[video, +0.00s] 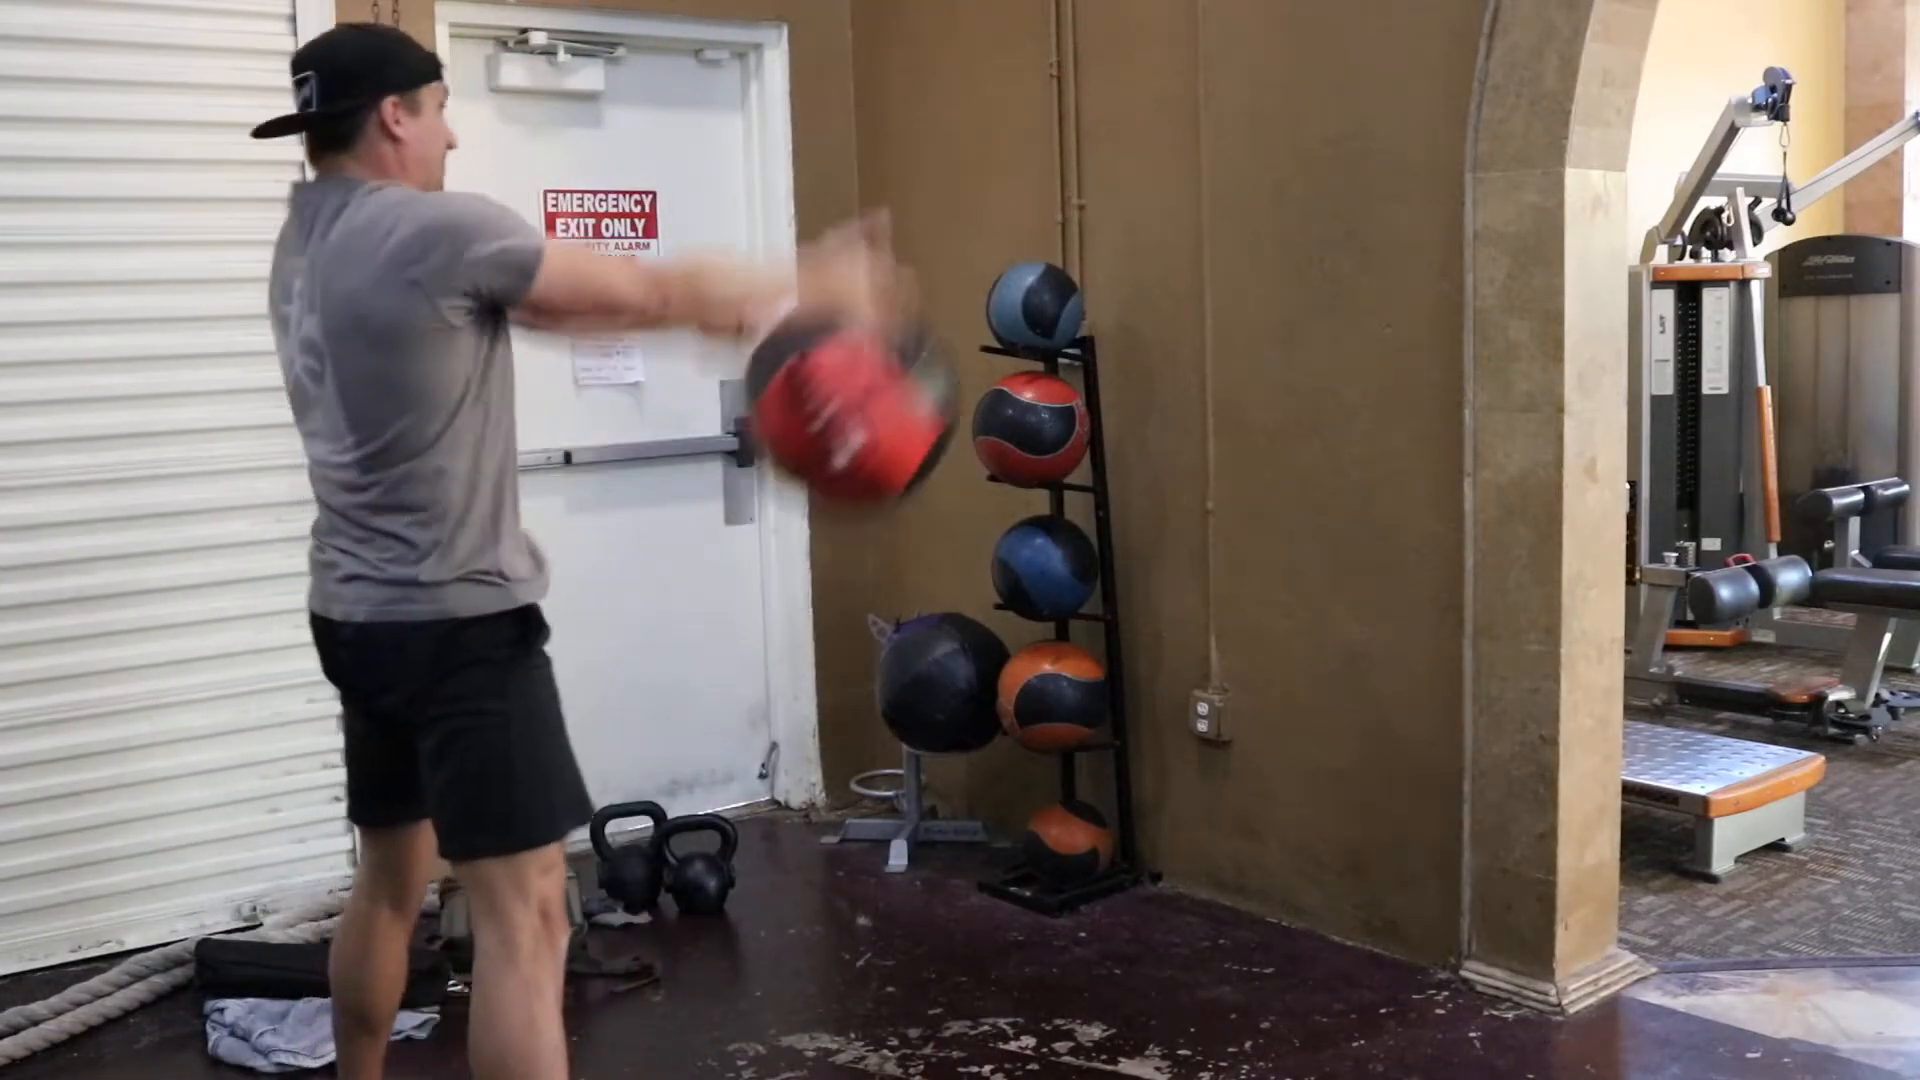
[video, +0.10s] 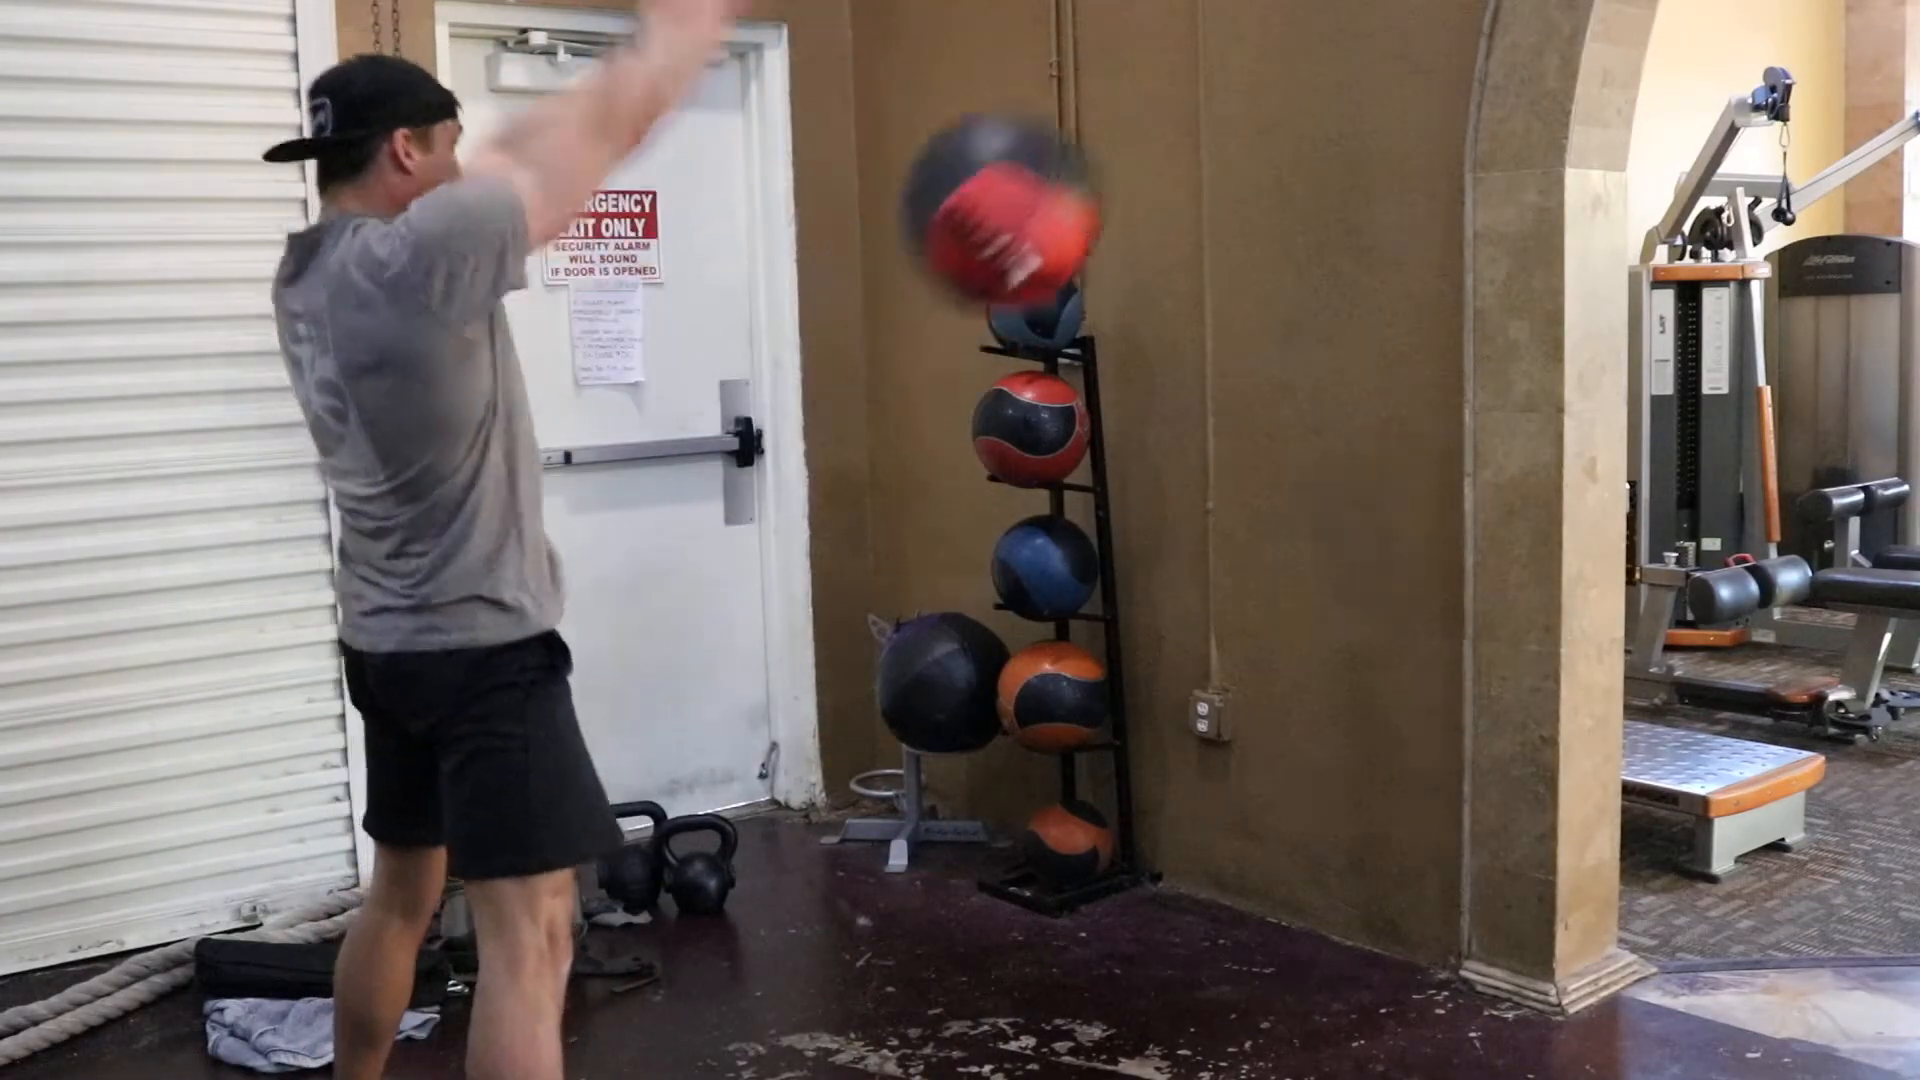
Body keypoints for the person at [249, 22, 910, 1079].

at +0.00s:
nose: (451, 133)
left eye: (446, 110)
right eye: (440, 111)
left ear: (349, 123)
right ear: (394, 119)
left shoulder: (309, 232)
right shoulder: (432, 230)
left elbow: (540, 303)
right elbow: (648, 290)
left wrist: (683, 303)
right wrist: (811, 280)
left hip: (357, 615)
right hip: (460, 620)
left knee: (388, 886)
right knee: (526, 919)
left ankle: (358, 1072)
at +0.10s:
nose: (464, 165)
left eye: (457, 143)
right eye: (451, 142)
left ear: (353, 157)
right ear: (403, 151)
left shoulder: (307, 269)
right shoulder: (429, 250)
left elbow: (506, 162)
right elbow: (613, 128)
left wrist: (619, 81)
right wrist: (698, 21)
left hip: (381, 647)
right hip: (485, 650)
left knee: (399, 897)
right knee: (532, 934)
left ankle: (354, 1069)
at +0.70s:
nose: (491, 191)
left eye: (495, 174)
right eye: (488, 171)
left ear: (374, 159)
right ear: (440, 161)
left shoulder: (299, 265)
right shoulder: (426, 261)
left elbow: (438, 163)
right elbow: (632, 166)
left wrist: (543, 59)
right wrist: (739, 15)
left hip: (357, 646)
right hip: (456, 656)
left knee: (376, 911)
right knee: (495, 958)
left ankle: (349, 1079)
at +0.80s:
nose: (495, 210)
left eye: (499, 185)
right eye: (495, 183)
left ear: (381, 164)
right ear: (446, 163)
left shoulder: (293, 275)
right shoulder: (427, 277)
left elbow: (428, 303)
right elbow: (672, 308)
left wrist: (574, 264)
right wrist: (799, 228)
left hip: (343, 648)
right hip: (441, 657)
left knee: (374, 917)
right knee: (492, 957)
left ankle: (344, 1076)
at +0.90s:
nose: (517, 212)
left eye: (521, 186)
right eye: (516, 182)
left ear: (423, 165)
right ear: (467, 165)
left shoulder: (304, 286)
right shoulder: (447, 294)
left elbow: (427, 446)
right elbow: (649, 446)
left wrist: (594, 459)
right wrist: (792, 465)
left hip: (331, 648)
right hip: (428, 660)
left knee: (375, 908)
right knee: (497, 955)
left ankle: (342, 1076)